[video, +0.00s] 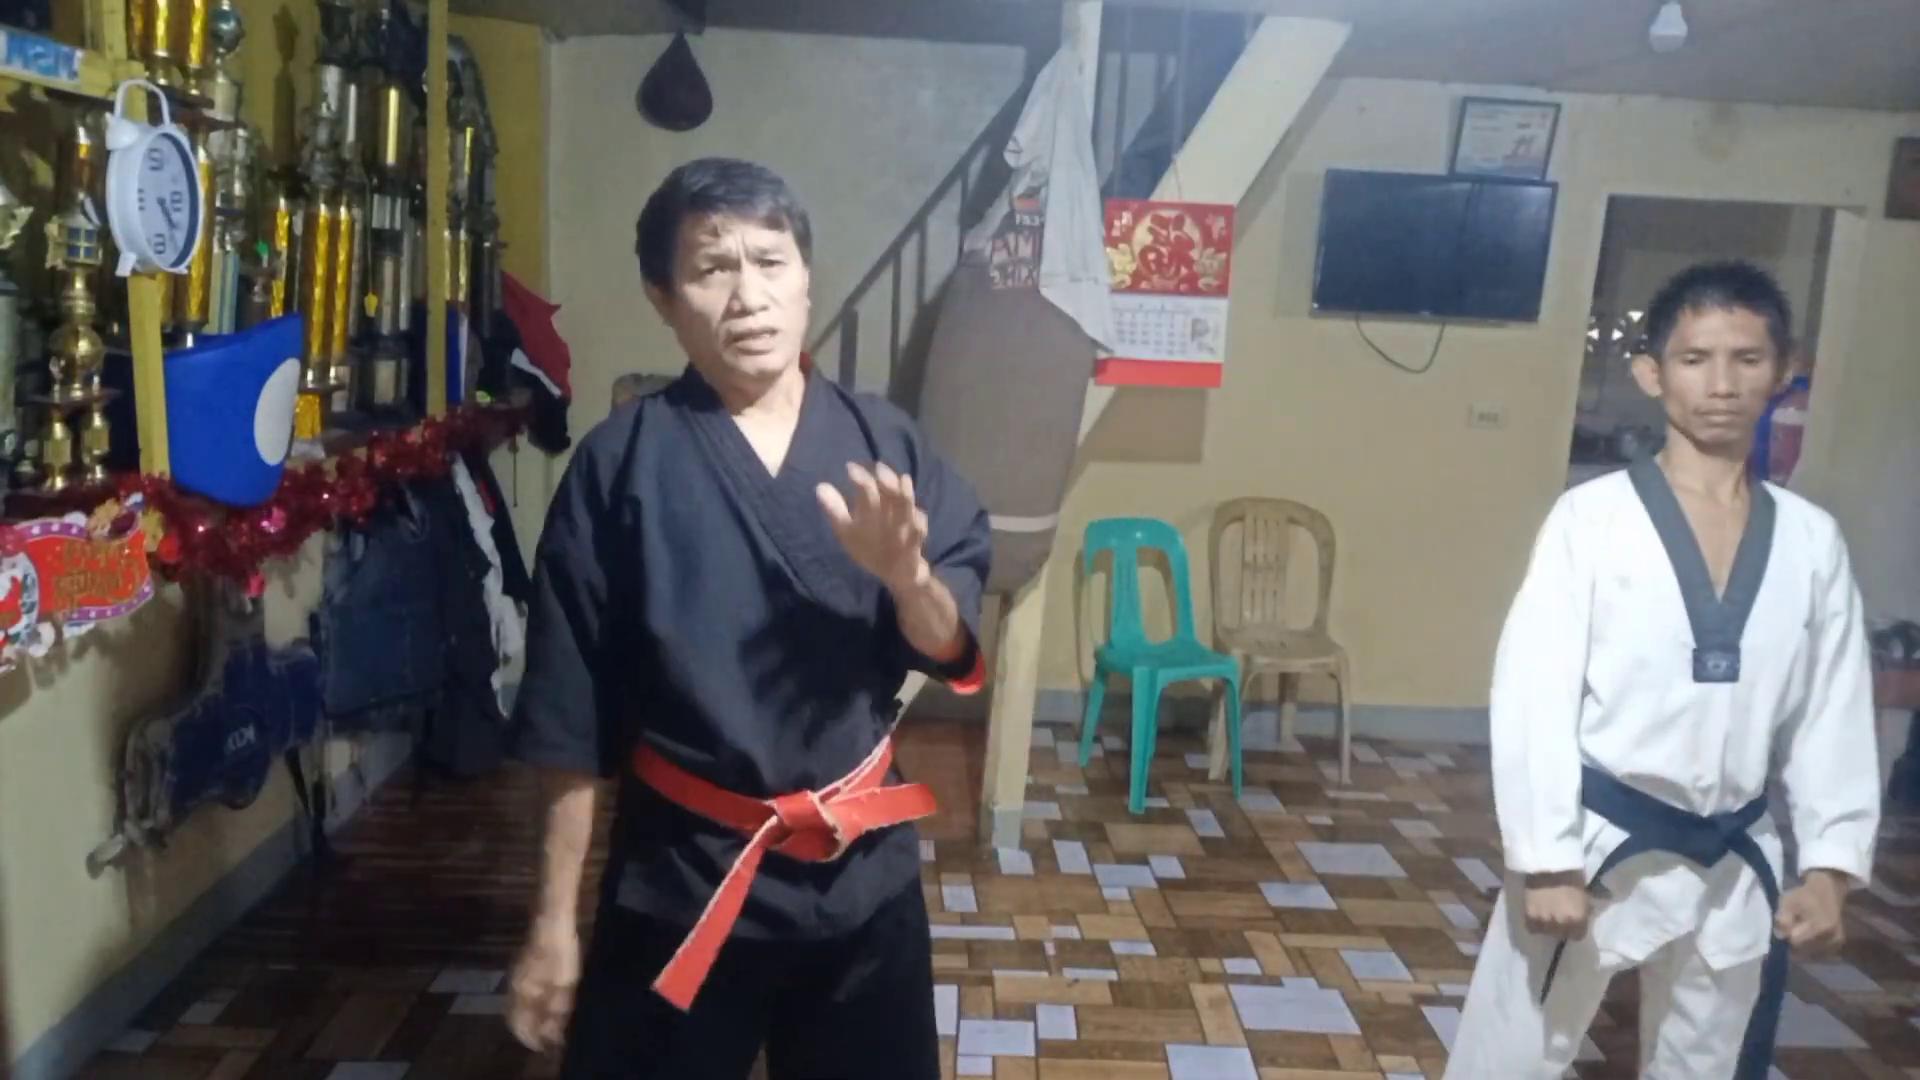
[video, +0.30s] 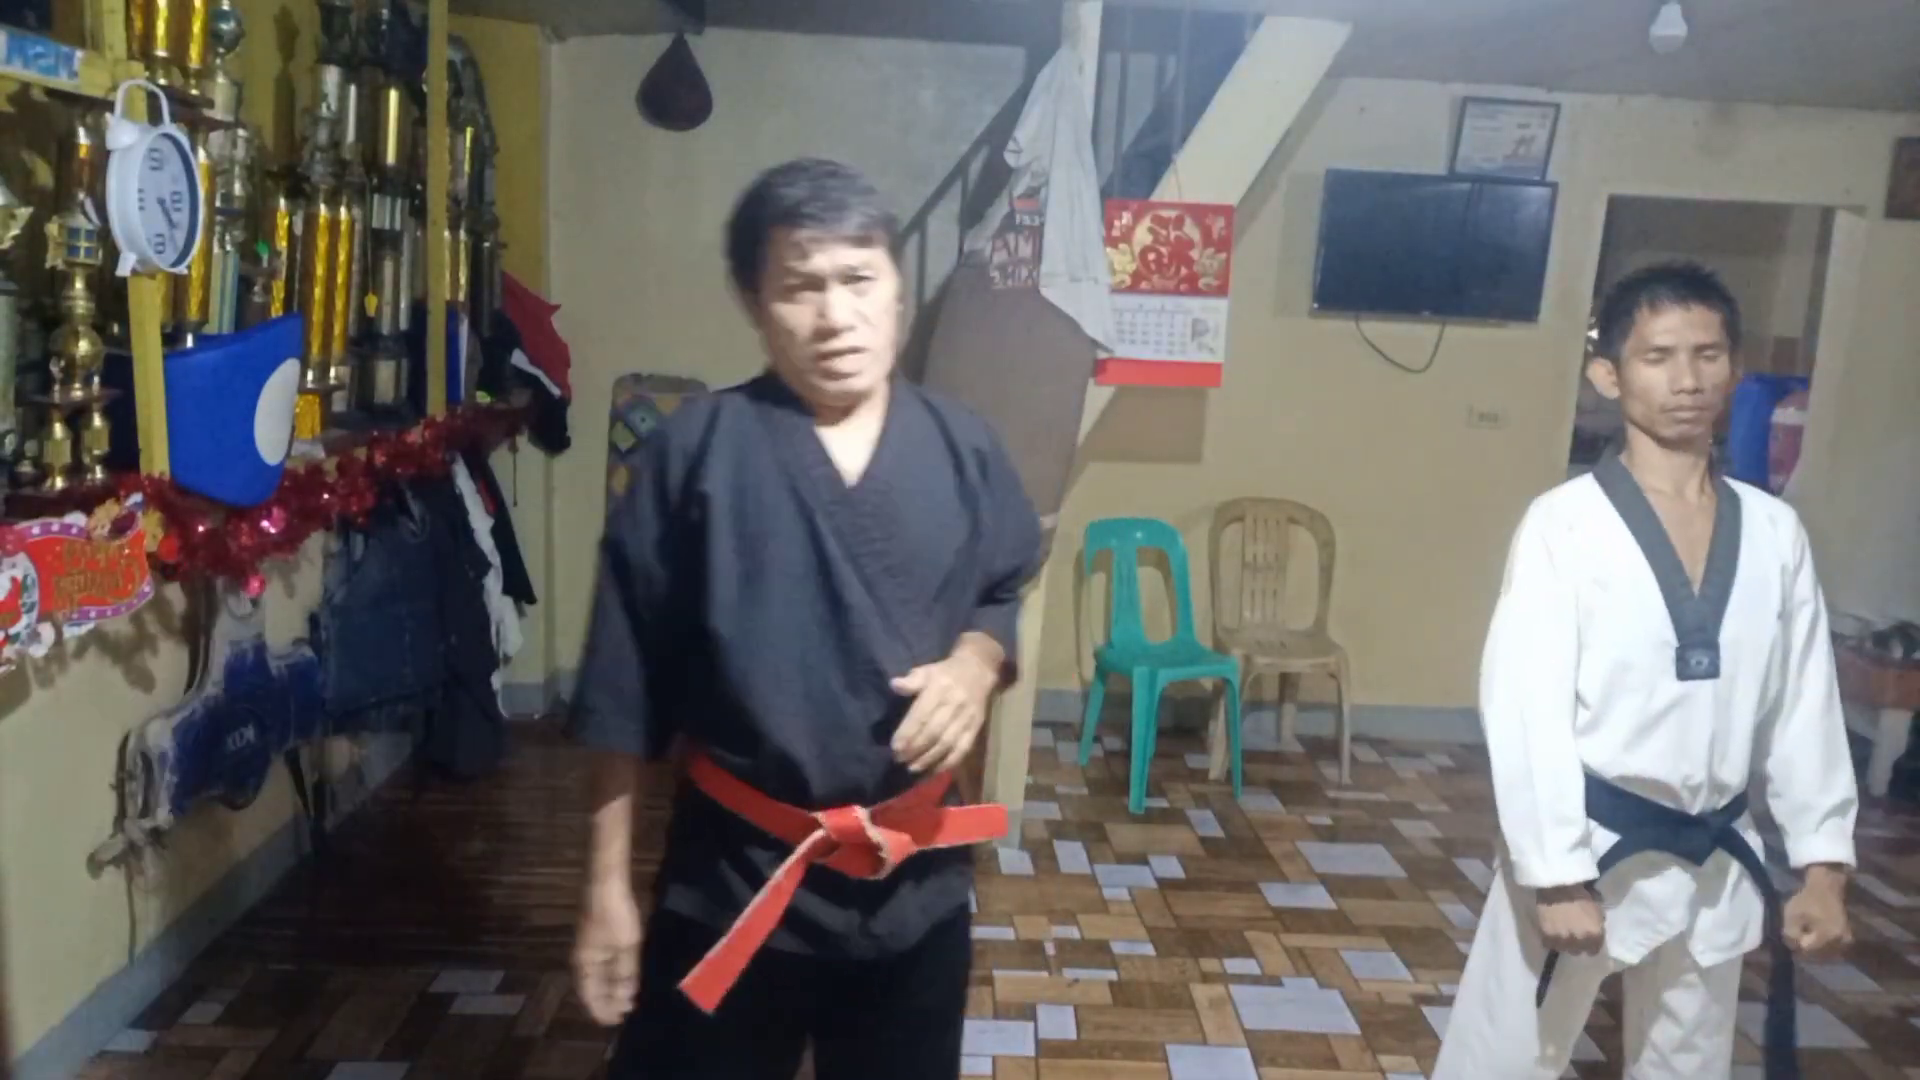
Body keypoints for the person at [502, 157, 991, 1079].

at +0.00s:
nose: (750, 295)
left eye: (771, 262)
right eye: (712, 270)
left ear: (808, 278)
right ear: (663, 301)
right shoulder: (615, 467)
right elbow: (572, 714)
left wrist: (908, 577)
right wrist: (553, 921)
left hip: (859, 878)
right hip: (680, 884)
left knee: (885, 1069)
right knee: (646, 1068)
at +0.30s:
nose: (835, 316)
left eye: (858, 280)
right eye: (799, 290)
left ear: (900, 289)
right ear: (753, 308)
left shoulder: (963, 447)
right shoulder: (691, 457)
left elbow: (1000, 595)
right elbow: (621, 681)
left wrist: (975, 667)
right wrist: (608, 887)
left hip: (914, 886)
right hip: (736, 884)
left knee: (906, 1066)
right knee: (686, 1067)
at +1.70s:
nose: (905, 297)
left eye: (930, 266)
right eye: (867, 271)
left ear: (969, 292)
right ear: (817, 309)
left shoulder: (1008, 472)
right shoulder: (739, 472)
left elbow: (1042, 632)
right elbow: (653, 697)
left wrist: (1021, 721)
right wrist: (695, 889)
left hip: (948, 914)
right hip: (774, 917)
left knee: (946, 1070)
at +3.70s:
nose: (888, 324)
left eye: (914, 290)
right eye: (856, 296)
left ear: (957, 300)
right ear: (813, 315)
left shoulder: (1009, 467)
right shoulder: (740, 467)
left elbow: (1063, 687)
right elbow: (671, 693)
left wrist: (1011, 615)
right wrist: (773, 856)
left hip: (949, 893)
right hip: (771, 893)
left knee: (951, 1070)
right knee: (760, 1074)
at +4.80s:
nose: (924, 301)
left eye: (947, 269)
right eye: (887, 281)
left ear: (991, 294)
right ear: (845, 323)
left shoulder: (1017, 467)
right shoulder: (782, 450)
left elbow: (1064, 634)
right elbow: (683, 648)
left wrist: (1036, 654)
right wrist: (803, 778)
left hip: (966, 895)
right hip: (803, 892)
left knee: (964, 1068)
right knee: (785, 1071)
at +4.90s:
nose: (947, 304)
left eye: (970, 274)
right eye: (910, 285)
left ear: (1013, 300)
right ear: (869, 323)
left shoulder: (1024, 469)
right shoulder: (803, 440)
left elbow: (1071, 628)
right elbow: (679, 617)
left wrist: (1043, 655)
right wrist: (803, 711)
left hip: (965, 875)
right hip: (814, 873)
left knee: (959, 1065)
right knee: (795, 1066)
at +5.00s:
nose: (972, 313)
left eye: (996, 282)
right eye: (937, 287)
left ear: (1032, 304)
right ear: (890, 314)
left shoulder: (1027, 469)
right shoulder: (818, 431)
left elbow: (1069, 635)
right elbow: (671, 593)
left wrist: (1045, 652)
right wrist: (798, 618)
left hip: (958, 852)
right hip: (815, 844)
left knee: (944, 1063)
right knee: (789, 1063)